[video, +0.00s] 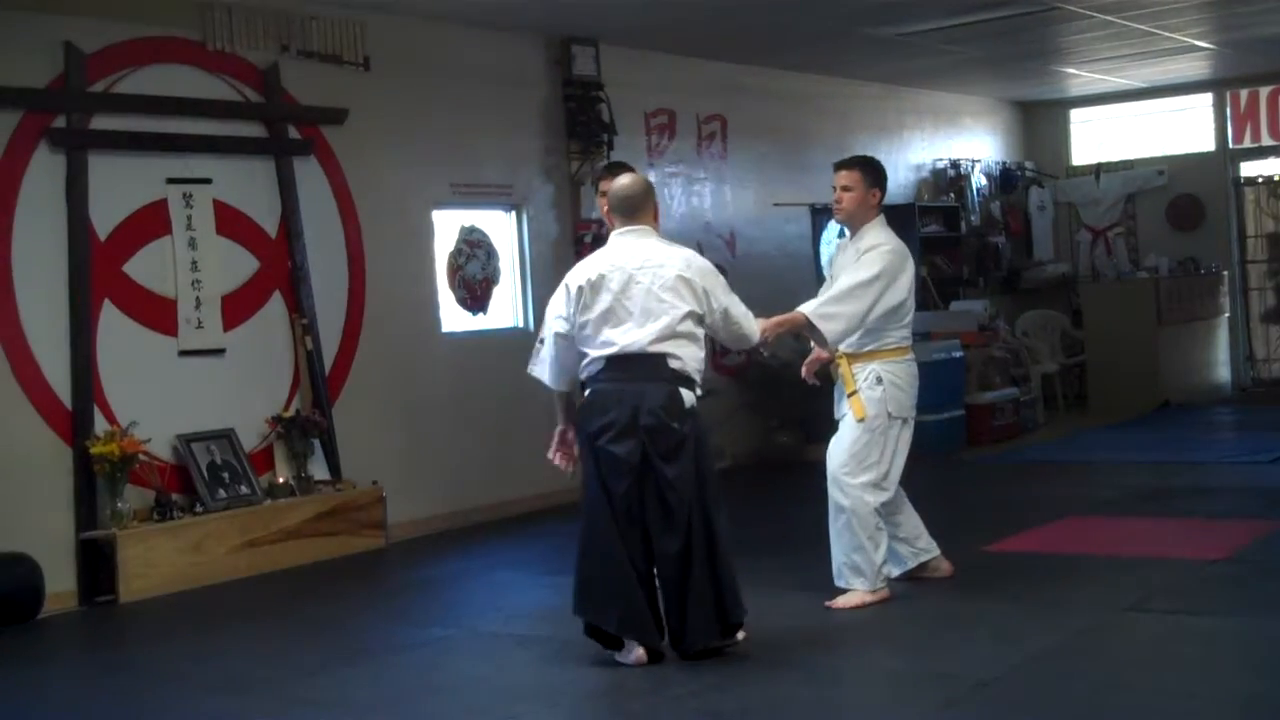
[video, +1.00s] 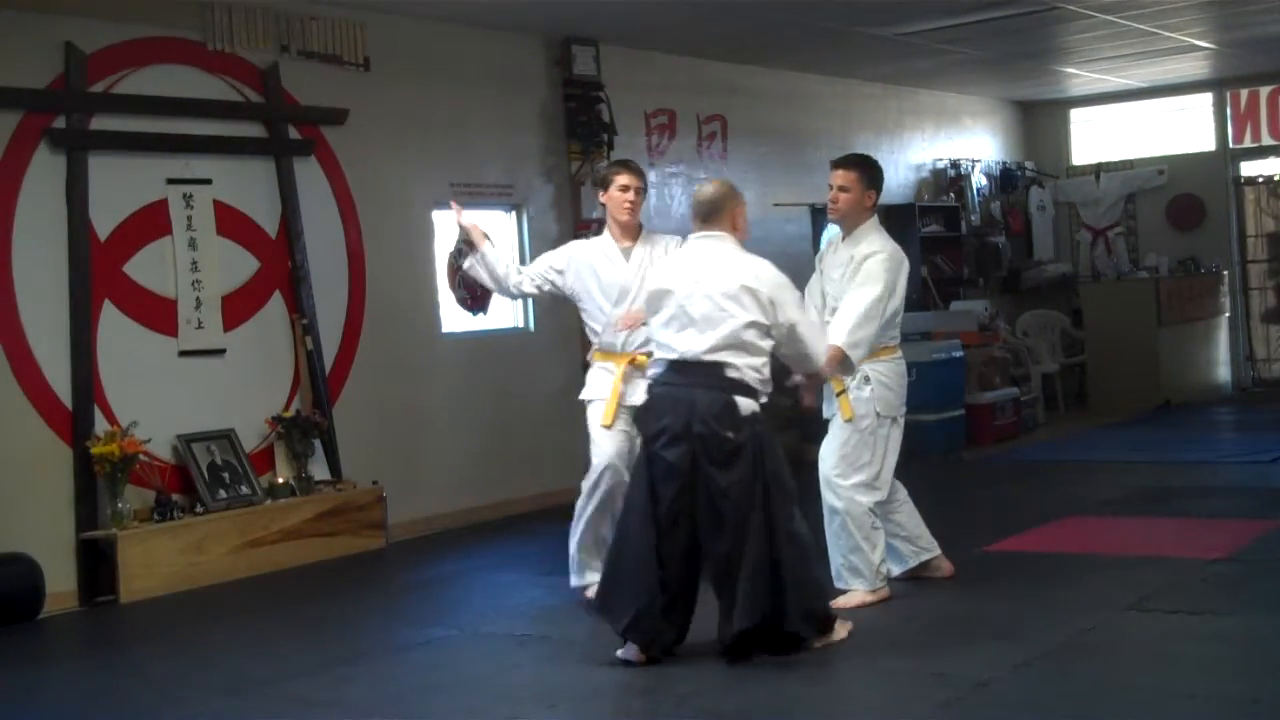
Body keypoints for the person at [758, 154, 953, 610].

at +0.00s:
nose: (836, 198)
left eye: (845, 190)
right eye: (834, 190)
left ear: (874, 197)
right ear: (838, 195)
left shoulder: (885, 250)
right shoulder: (851, 245)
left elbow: (841, 302)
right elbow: (849, 307)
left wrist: (783, 322)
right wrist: (827, 348)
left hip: (884, 374)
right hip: (856, 373)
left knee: (845, 465)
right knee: (869, 474)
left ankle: (868, 582)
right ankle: (925, 559)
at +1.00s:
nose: (831, 197)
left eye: (842, 190)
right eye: (830, 188)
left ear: (869, 198)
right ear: (831, 193)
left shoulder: (882, 254)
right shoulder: (833, 245)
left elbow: (856, 328)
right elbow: (810, 310)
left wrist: (817, 375)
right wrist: (801, 361)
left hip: (875, 373)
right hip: (846, 371)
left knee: (840, 470)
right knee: (868, 475)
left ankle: (864, 582)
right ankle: (926, 558)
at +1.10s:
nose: (835, 197)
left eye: (846, 190)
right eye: (834, 188)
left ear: (873, 198)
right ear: (834, 192)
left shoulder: (886, 254)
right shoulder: (833, 240)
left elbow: (872, 328)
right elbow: (821, 303)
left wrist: (849, 374)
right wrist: (812, 348)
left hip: (874, 375)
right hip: (842, 373)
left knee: (837, 469)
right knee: (868, 474)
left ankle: (865, 581)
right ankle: (925, 557)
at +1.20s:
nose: (839, 196)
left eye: (851, 189)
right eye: (838, 187)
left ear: (878, 198)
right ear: (837, 191)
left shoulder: (887, 255)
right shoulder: (835, 239)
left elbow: (896, 322)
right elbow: (824, 298)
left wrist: (898, 357)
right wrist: (811, 339)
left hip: (867, 380)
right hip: (836, 376)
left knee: (836, 471)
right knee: (870, 475)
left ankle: (863, 582)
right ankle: (924, 557)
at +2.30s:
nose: (843, 194)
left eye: (853, 186)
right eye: (841, 185)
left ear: (880, 192)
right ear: (841, 190)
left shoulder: (896, 249)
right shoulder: (841, 239)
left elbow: (881, 319)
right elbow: (823, 302)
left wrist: (849, 368)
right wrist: (813, 355)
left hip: (879, 371)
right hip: (849, 368)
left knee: (844, 469)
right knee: (875, 472)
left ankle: (866, 582)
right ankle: (928, 558)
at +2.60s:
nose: (837, 194)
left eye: (847, 186)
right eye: (835, 186)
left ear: (875, 191)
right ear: (836, 190)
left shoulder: (890, 249)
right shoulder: (843, 241)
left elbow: (859, 308)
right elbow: (825, 293)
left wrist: (812, 332)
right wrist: (814, 330)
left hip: (883, 372)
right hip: (853, 371)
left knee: (847, 470)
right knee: (876, 473)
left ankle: (867, 584)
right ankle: (928, 558)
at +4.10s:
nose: (891, 202)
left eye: (899, 195)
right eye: (890, 195)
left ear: (926, 201)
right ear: (898, 200)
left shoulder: (930, 255)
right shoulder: (896, 247)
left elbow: (902, 321)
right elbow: (871, 303)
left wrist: (853, 362)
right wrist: (860, 349)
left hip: (925, 370)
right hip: (891, 368)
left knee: (903, 466)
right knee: (883, 468)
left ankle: (902, 569)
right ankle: (942, 545)